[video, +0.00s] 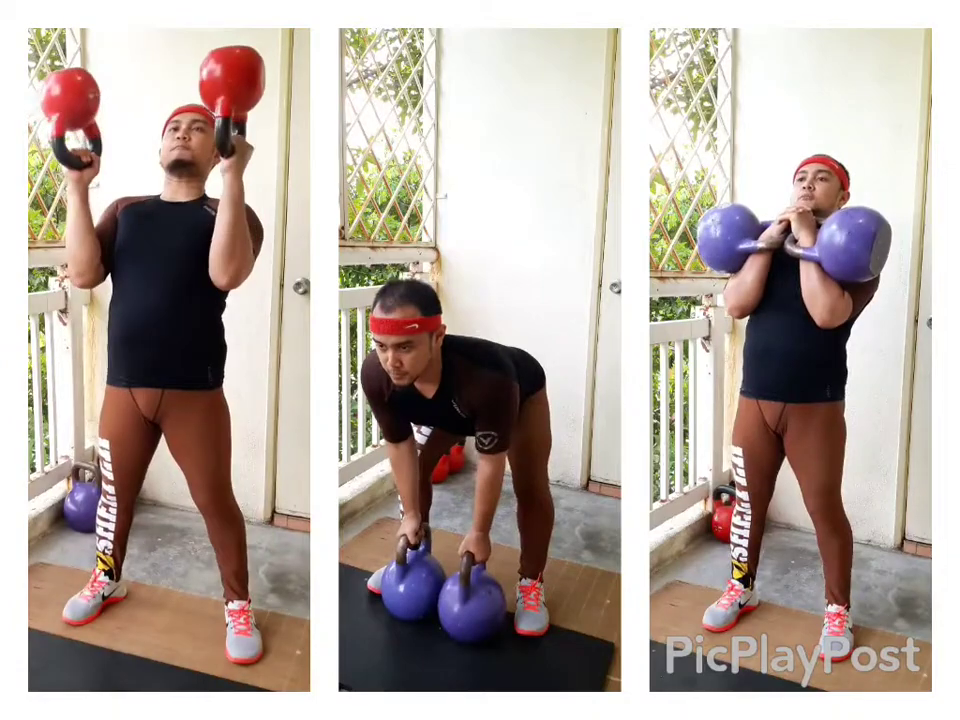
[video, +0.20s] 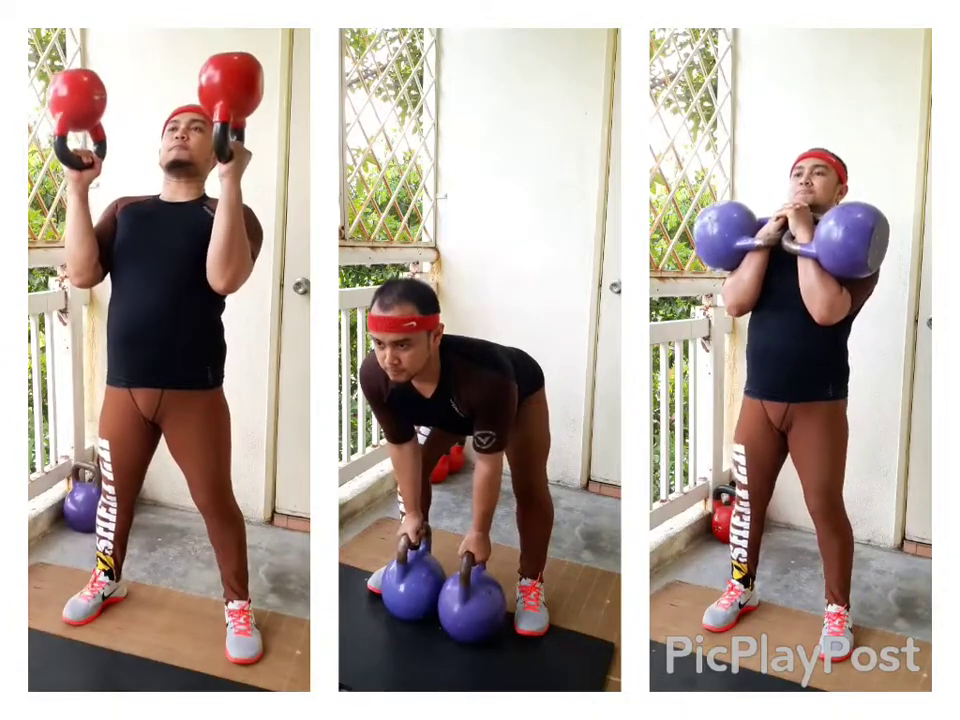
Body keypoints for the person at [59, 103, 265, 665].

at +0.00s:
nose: (181, 135)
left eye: (195, 129)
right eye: (173, 129)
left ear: (216, 152)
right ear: (158, 151)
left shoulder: (233, 216)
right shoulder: (125, 210)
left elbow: (226, 275)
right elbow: (83, 275)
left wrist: (232, 174)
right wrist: (78, 186)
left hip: (194, 392)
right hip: (123, 387)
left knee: (216, 503)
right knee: (115, 493)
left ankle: (238, 604)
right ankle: (106, 576)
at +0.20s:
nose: (179, 135)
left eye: (193, 129)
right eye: (171, 129)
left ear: (216, 149)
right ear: (158, 150)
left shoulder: (234, 217)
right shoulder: (125, 210)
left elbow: (224, 278)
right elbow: (81, 274)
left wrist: (229, 179)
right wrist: (78, 187)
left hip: (194, 392)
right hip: (123, 387)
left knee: (216, 504)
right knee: (115, 493)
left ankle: (238, 605)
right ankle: (106, 576)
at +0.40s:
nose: (178, 133)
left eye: (192, 127)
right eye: (171, 128)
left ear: (216, 148)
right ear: (159, 149)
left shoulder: (234, 217)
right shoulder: (124, 209)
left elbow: (221, 278)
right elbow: (80, 273)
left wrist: (227, 183)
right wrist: (80, 187)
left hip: (193, 392)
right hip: (123, 387)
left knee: (215, 503)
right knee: (115, 492)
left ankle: (238, 604)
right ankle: (106, 576)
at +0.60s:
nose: (178, 134)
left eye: (193, 127)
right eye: (171, 128)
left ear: (216, 148)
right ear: (159, 148)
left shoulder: (236, 216)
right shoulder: (126, 210)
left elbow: (222, 278)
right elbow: (83, 274)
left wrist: (227, 182)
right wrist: (83, 188)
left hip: (195, 391)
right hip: (125, 386)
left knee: (216, 503)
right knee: (116, 492)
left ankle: (238, 604)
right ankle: (106, 576)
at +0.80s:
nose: (178, 133)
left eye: (193, 126)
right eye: (170, 127)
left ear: (216, 147)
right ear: (158, 147)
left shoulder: (235, 214)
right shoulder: (126, 209)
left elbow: (227, 278)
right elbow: (84, 273)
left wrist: (232, 182)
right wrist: (83, 189)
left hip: (197, 391)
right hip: (127, 386)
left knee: (217, 503)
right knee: (116, 492)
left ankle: (238, 605)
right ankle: (106, 576)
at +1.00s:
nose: (170, 133)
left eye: (185, 125)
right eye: (163, 127)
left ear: (208, 145)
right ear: (152, 146)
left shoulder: (228, 212)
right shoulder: (120, 207)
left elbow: (217, 277)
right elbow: (77, 270)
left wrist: (222, 181)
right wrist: (74, 186)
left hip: (190, 387)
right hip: (121, 383)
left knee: (213, 500)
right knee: (112, 490)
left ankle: (238, 604)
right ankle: (106, 577)